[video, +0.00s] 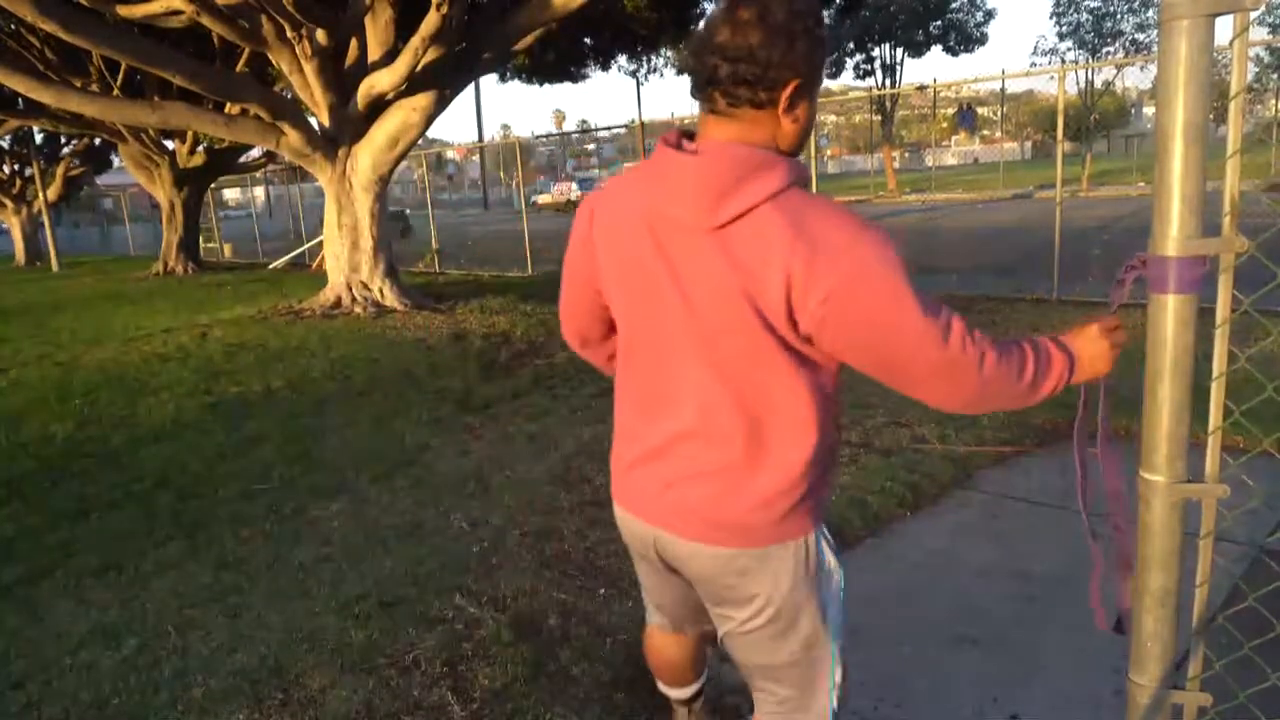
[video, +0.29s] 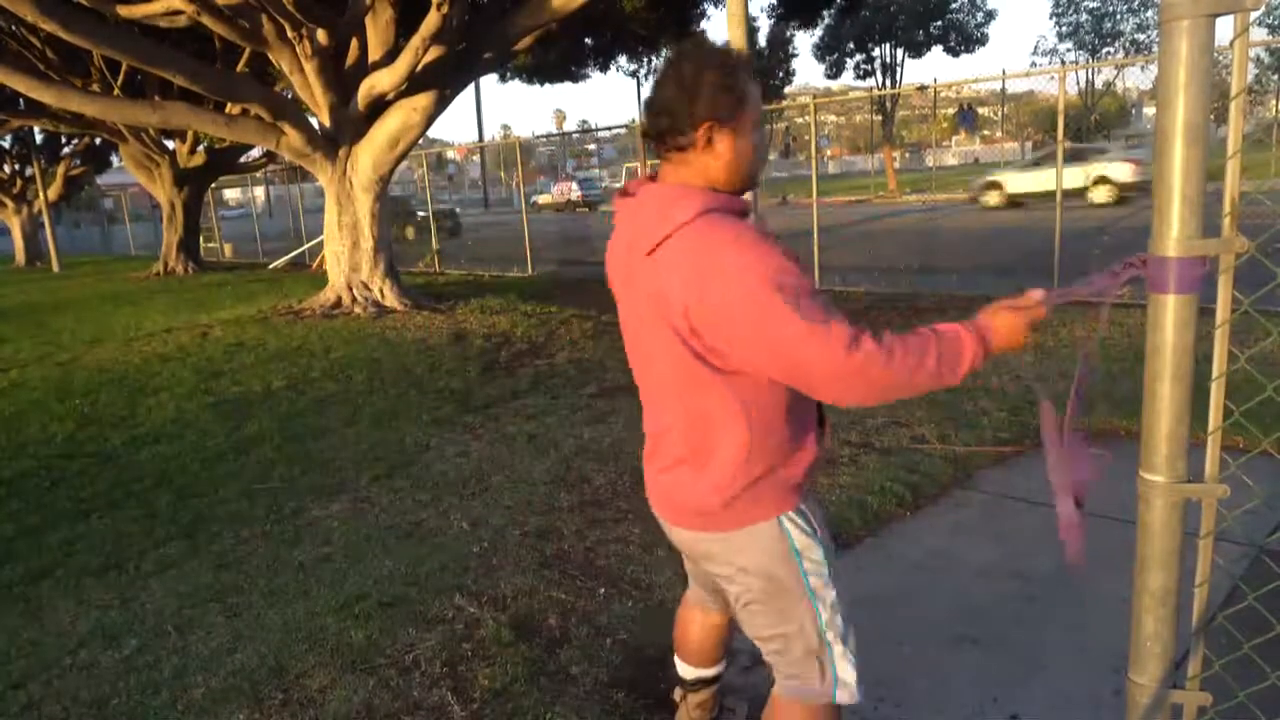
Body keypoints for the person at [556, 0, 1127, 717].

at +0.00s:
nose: (814, 118)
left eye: (815, 100)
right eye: (816, 103)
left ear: (704, 83)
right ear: (792, 103)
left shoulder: (613, 202)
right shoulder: (815, 237)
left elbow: (586, 329)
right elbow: (955, 373)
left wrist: (659, 366)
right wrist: (1069, 357)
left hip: (639, 502)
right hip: (752, 528)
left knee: (671, 622)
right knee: (792, 696)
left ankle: (681, 712)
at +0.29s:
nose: (762, 147)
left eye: (760, 129)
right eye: (755, 130)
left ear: (679, 137)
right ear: (710, 136)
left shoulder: (636, 229)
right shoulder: (719, 254)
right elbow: (847, 368)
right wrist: (978, 337)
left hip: (681, 485)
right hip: (747, 500)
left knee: (709, 596)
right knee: (812, 679)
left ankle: (693, 706)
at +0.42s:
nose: (735, 146)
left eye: (732, 131)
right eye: (723, 131)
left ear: (670, 141)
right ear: (672, 140)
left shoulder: (647, 224)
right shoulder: (693, 238)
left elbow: (698, 354)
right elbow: (788, 357)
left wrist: (778, 408)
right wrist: (897, 332)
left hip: (682, 469)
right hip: (736, 479)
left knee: (709, 584)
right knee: (823, 635)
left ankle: (694, 707)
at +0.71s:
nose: (706, 142)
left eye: (703, 129)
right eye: (693, 130)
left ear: (645, 143)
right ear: (644, 142)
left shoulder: (660, 211)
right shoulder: (664, 216)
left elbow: (750, 314)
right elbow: (769, 288)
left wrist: (835, 309)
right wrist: (834, 257)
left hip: (689, 454)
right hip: (728, 457)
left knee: (701, 577)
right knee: (781, 618)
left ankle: (692, 705)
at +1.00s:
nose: (718, 143)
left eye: (716, 130)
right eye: (706, 131)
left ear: (662, 140)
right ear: (659, 140)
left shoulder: (685, 204)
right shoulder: (664, 206)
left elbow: (792, 278)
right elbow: (789, 217)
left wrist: (870, 215)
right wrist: (845, 156)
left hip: (711, 438)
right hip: (733, 442)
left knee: (708, 581)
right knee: (799, 617)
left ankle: (694, 705)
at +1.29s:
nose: (806, 147)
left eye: (805, 132)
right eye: (799, 130)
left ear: (748, 134)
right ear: (763, 131)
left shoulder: (767, 204)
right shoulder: (724, 205)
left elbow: (849, 201)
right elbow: (805, 160)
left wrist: (869, 102)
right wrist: (836, 68)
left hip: (779, 452)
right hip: (796, 461)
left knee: (761, 589)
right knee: (843, 646)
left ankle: (707, 700)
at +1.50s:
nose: (905, 150)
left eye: (907, 133)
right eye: (897, 132)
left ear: (856, 129)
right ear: (847, 123)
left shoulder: (862, 207)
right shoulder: (800, 202)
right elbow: (720, 209)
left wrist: (829, 79)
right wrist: (786, 80)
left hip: (865, 457)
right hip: (825, 468)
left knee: (836, 592)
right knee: (863, 656)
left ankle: (754, 693)